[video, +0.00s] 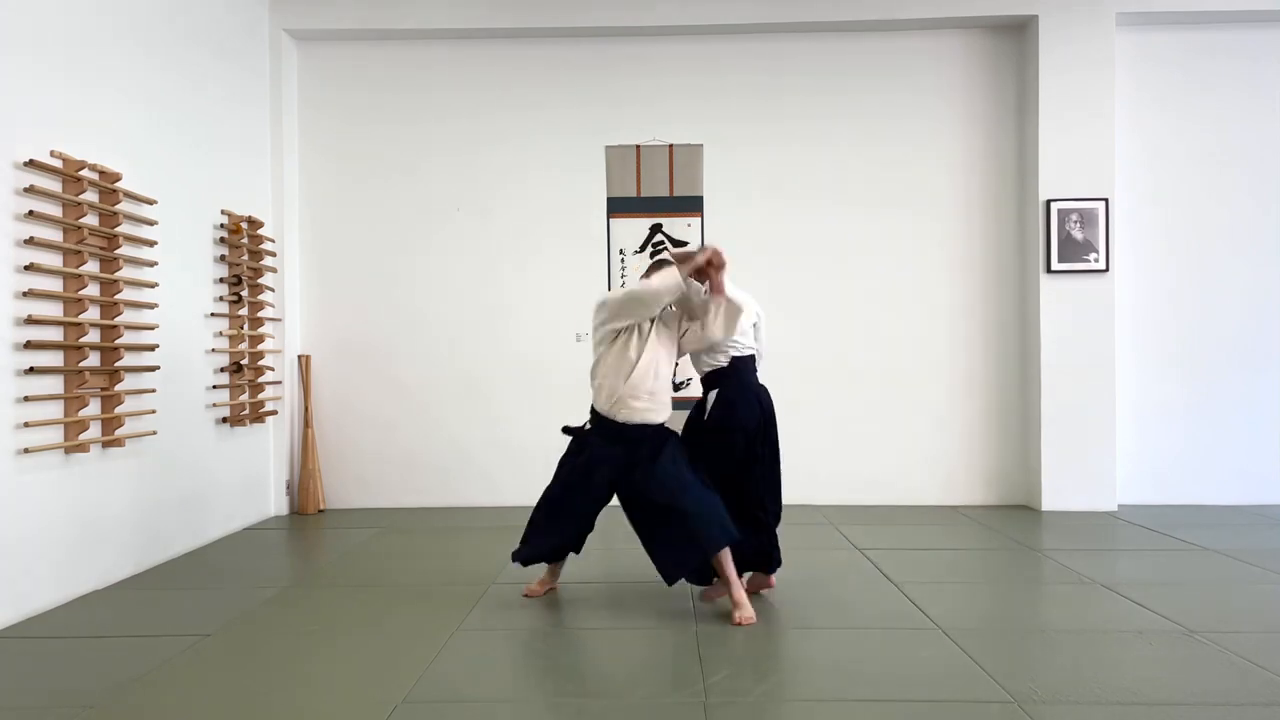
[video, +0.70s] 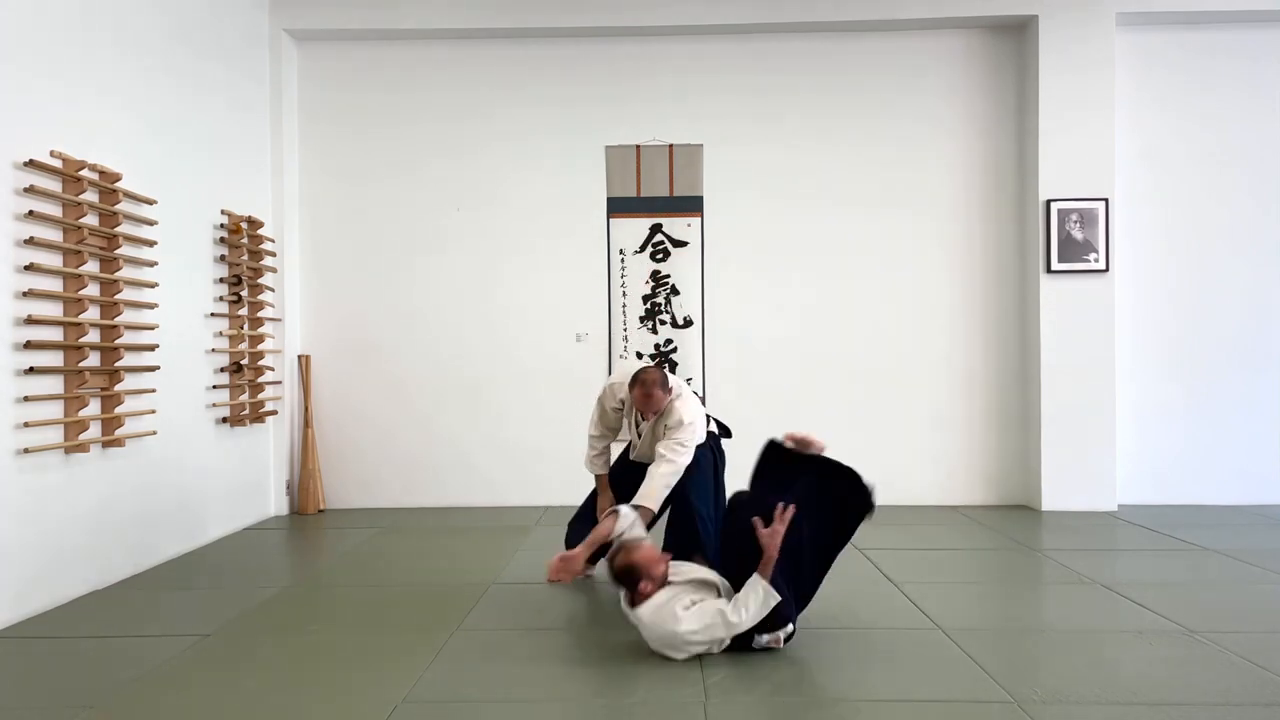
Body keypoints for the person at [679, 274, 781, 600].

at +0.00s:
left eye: (667, 278)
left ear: (686, 276)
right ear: (715, 271)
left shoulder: (689, 310)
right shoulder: (746, 303)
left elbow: (671, 349)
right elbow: (757, 354)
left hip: (721, 397)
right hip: (756, 394)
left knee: (697, 478)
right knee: (757, 480)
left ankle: (725, 572)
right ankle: (763, 568)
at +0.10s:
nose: (675, 306)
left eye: (677, 299)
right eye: (674, 299)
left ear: (690, 294)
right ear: (709, 288)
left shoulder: (693, 323)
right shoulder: (743, 308)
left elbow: (671, 368)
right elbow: (767, 342)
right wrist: (756, 366)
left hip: (728, 411)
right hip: (763, 407)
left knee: (698, 487)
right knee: (756, 489)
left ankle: (771, 560)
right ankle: (759, 579)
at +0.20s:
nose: (680, 334)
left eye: (679, 330)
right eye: (679, 330)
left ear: (684, 327)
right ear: (711, 317)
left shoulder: (685, 352)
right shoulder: (746, 338)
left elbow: (673, 385)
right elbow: (773, 383)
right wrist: (738, 378)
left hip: (728, 443)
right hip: (765, 435)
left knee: (717, 518)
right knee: (772, 509)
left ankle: (793, 567)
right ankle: (767, 588)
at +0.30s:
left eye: (681, 364)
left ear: (682, 363)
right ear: (712, 355)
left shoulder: (678, 391)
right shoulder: (739, 374)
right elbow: (779, 415)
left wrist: (663, 361)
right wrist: (751, 408)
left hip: (727, 481)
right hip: (765, 470)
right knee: (786, 534)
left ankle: (808, 591)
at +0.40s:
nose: (724, 408)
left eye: (724, 405)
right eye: (725, 403)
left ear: (688, 401)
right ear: (718, 401)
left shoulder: (669, 434)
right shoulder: (730, 420)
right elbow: (786, 461)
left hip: (722, 526)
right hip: (763, 513)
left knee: (717, 600)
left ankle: (806, 600)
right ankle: (808, 596)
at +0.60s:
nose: (704, 522)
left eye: (703, 516)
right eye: (701, 517)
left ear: (661, 516)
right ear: (683, 522)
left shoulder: (649, 548)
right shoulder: (689, 562)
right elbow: (755, 581)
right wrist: (791, 549)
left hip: (709, 621)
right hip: (751, 621)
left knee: (766, 506)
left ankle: (808, 607)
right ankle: (847, 503)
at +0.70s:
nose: (662, 552)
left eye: (654, 551)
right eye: (655, 557)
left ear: (641, 574)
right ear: (646, 583)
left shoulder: (636, 574)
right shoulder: (670, 626)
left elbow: (636, 518)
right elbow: (735, 618)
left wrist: (590, 547)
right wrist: (769, 557)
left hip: (723, 590)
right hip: (760, 618)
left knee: (742, 509)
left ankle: (788, 458)